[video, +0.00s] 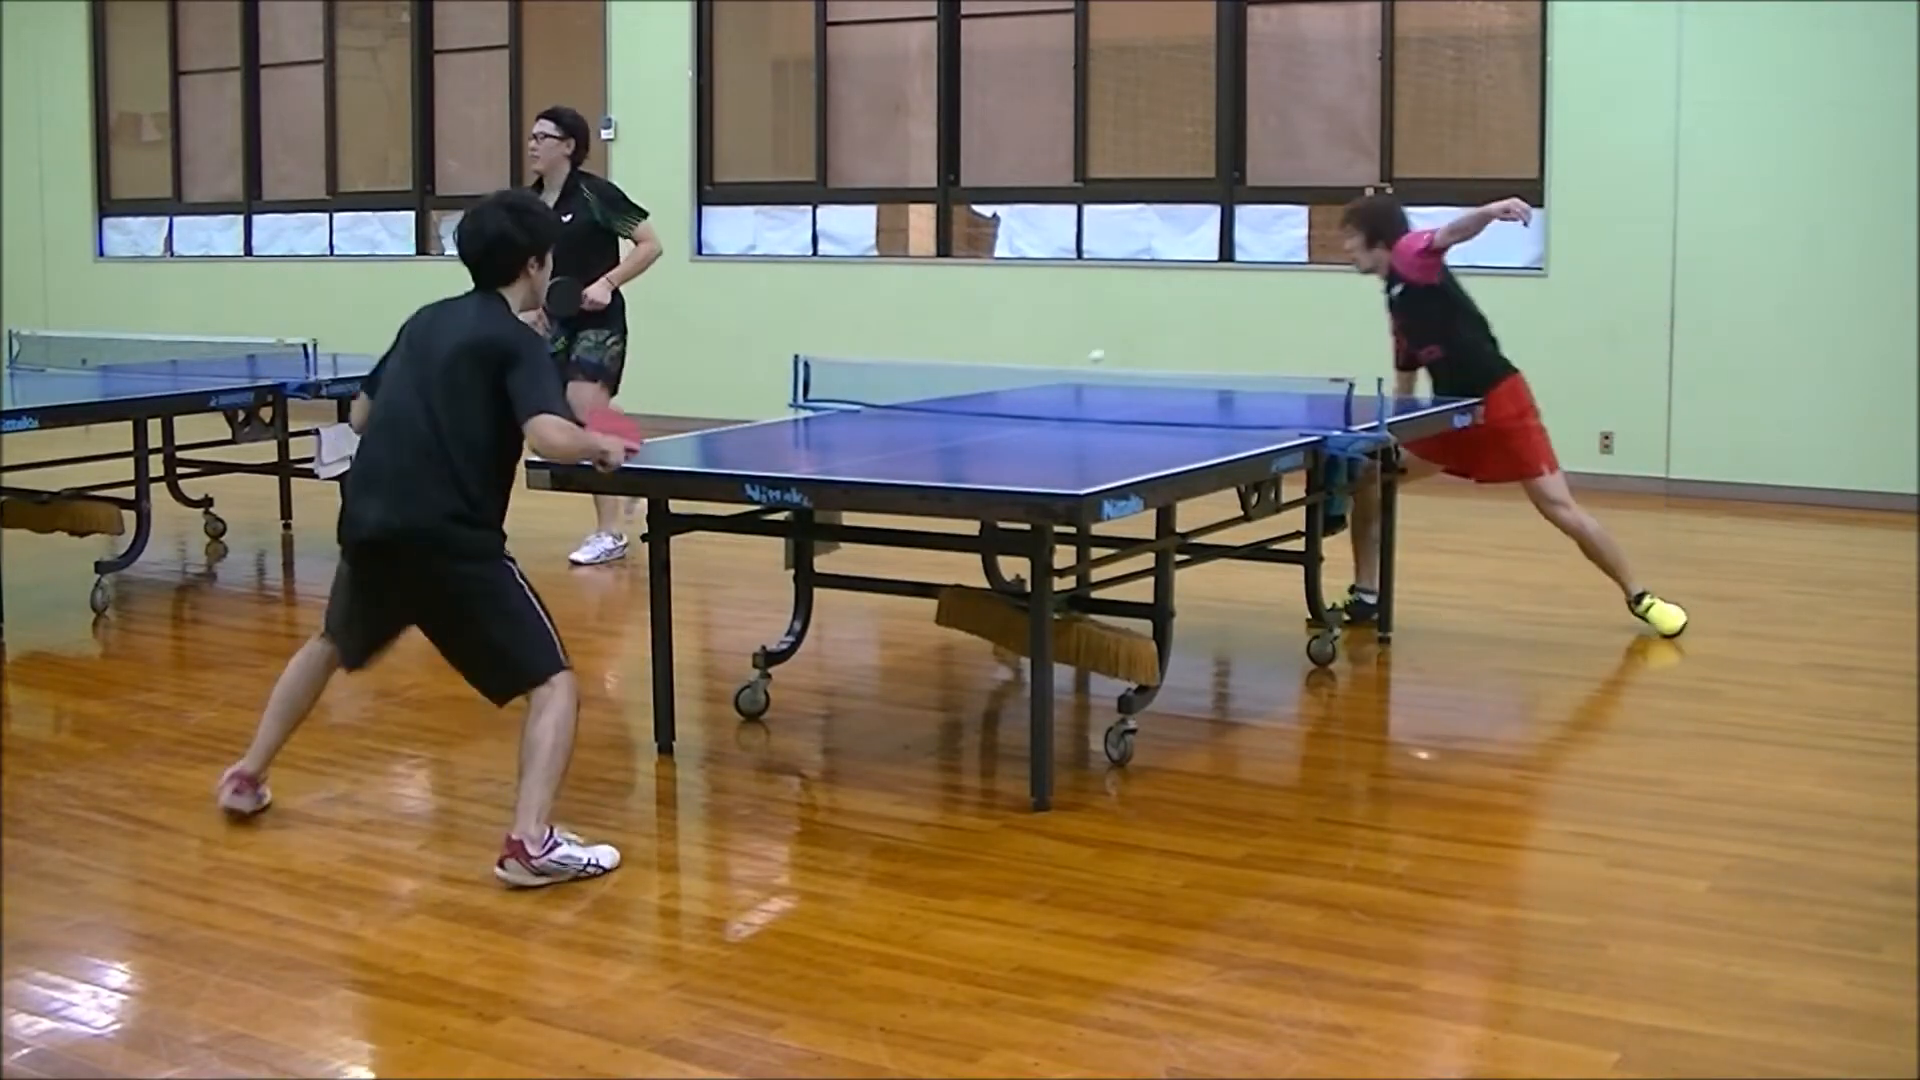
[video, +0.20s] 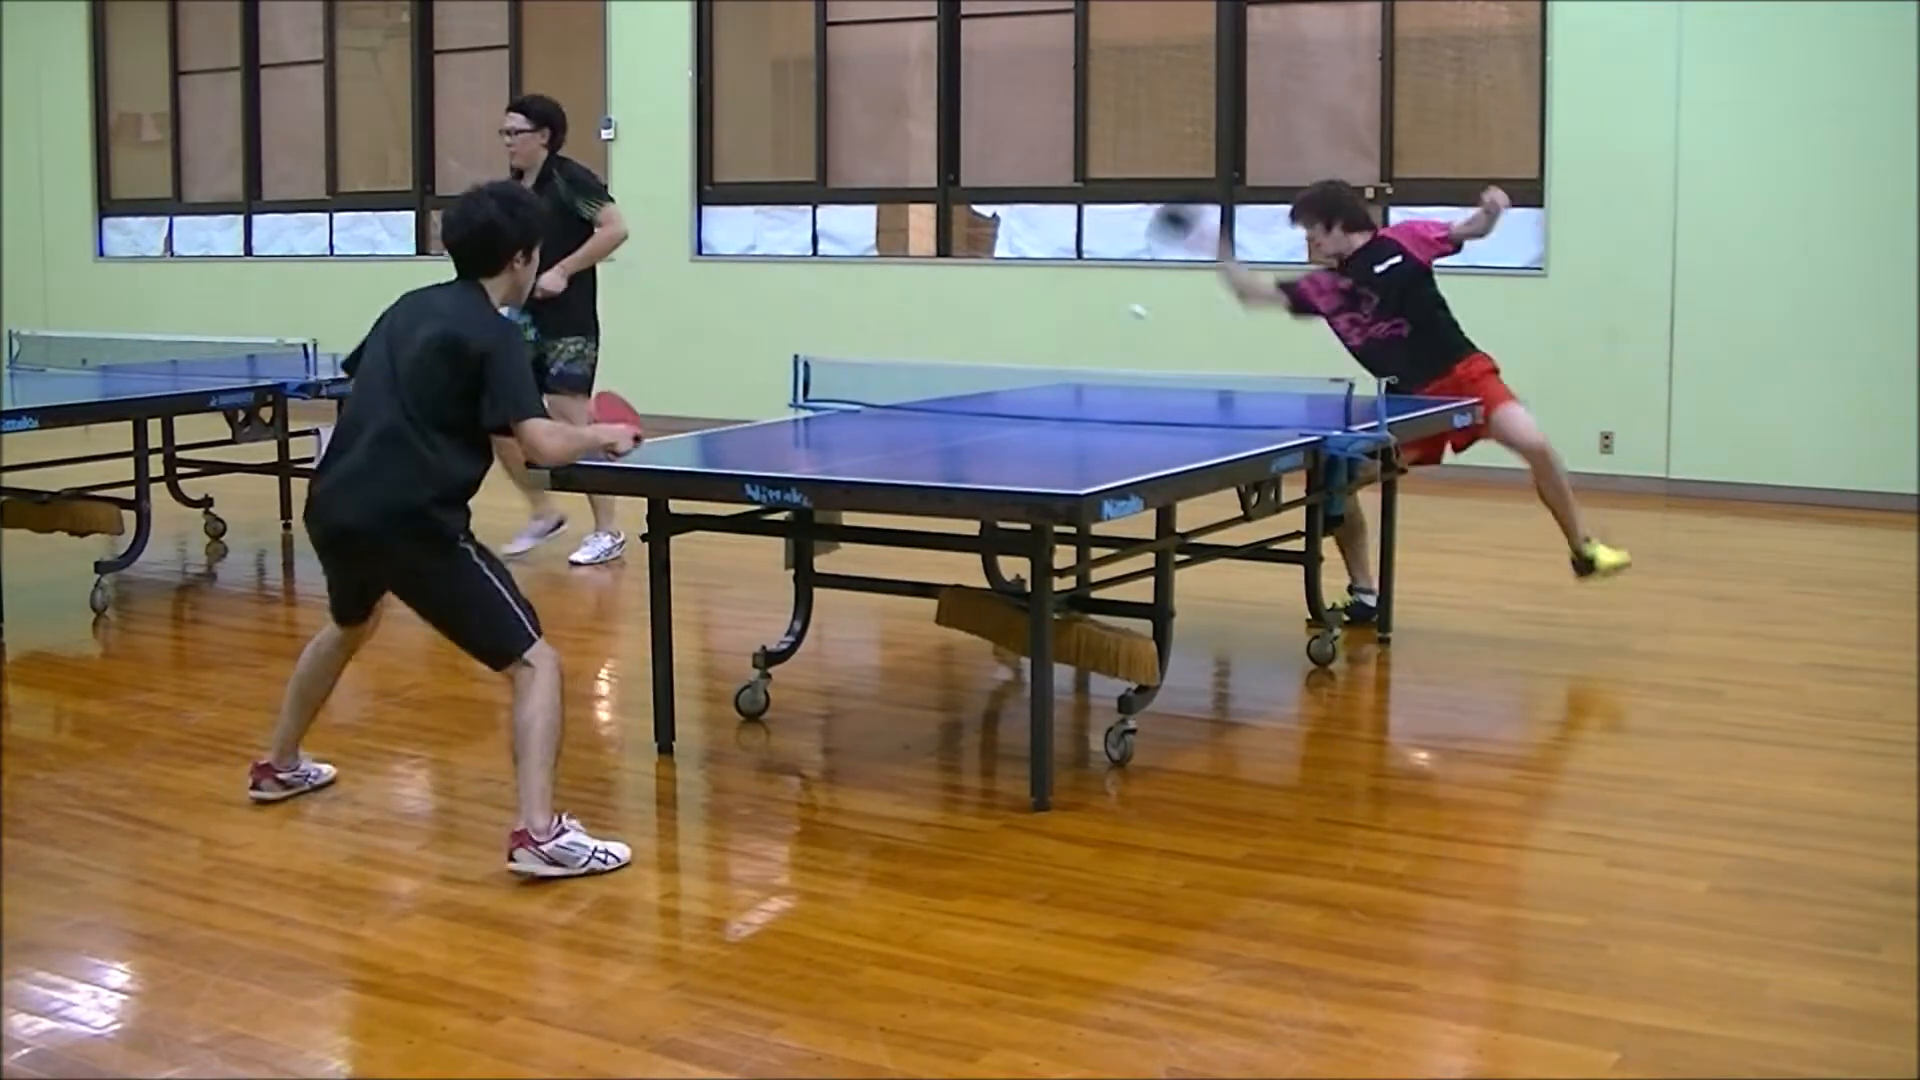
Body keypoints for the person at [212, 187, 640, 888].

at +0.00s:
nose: (551, 273)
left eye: (548, 260)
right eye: (547, 261)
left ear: (477, 262)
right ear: (529, 266)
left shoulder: (423, 323)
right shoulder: (519, 342)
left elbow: (363, 415)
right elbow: (549, 439)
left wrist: (434, 431)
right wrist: (596, 446)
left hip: (371, 531)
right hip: (454, 537)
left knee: (328, 644)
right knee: (553, 683)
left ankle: (246, 774)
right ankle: (531, 840)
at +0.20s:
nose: (537, 269)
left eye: (536, 256)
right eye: (536, 256)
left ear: (463, 251)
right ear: (519, 260)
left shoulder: (407, 307)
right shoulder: (497, 333)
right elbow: (542, 444)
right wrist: (601, 437)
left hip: (334, 506)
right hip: (413, 518)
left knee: (349, 621)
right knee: (535, 661)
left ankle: (277, 762)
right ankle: (539, 829)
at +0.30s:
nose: (531, 278)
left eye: (530, 264)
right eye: (527, 265)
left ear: (457, 262)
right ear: (505, 270)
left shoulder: (412, 319)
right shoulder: (482, 343)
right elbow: (542, 457)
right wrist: (615, 439)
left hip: (336, 534)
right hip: (409, 540)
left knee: (361, 631)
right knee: (553, 656)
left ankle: (276, 765)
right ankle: (570, 832)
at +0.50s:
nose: (572, 321)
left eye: (571, 308)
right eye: (566, 309)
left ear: (521, 314)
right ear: (532, 317)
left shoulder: (513, 374)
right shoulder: (476, 388)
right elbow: (533, 513)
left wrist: (582, 420)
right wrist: (610, 480)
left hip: (410, 578)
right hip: (424, 592)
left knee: (408, 667)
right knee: (600, 661)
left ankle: (281, 767)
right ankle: (595, 847)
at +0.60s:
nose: (618, 300)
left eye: (612, 288)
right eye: (606, 291)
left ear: (556, 307)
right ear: (569, 310)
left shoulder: (510, 356)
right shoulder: (538, 395)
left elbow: (503, 449)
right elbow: (642, 497)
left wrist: (591, 437)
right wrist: (737, 452)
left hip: (412, 558)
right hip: (459, 578)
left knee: (387, 662)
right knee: (631, 658)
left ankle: (283, 764)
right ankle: (602, 847)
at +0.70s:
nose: (661, 289)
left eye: (656, 277)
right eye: (652, 280)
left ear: (582, 295)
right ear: (615, 300)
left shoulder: (528, 336)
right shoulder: (619, 388)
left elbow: (469, 433)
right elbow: (756, 442)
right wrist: (865, 392)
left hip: (414, 537)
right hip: (479, 560)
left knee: (375, 648)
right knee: (646, 658)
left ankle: (300, 767)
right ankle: (604, 847)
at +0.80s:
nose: (684, 273)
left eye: (680, 259)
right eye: (677, 261)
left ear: (606, 273)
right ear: (647, 281)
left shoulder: (544, 308)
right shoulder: (657, 369)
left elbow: (431, 336)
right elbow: (800, 388)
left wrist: (488, 353)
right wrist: (894, 312)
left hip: (420, 516)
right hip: (493, 541)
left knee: (372, 650)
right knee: (647, 658)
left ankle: (301, 782)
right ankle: (603, 849)